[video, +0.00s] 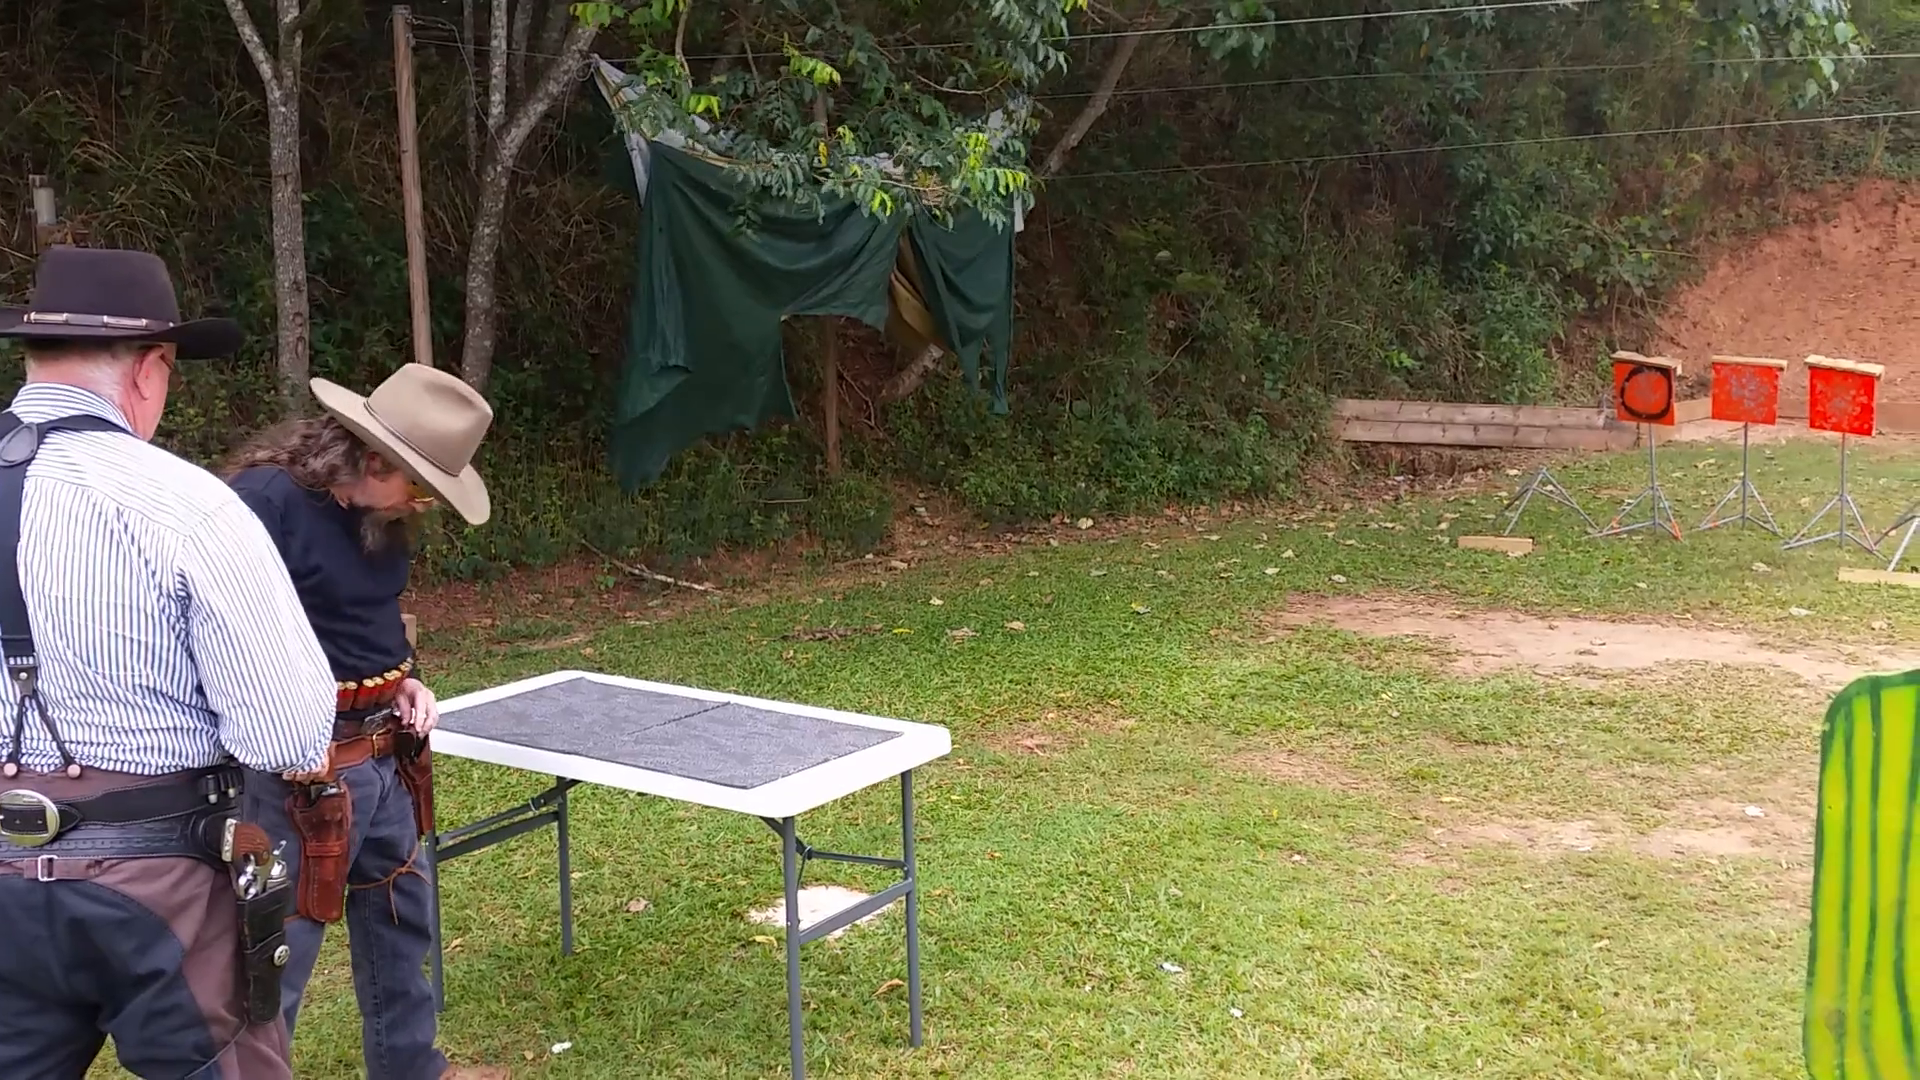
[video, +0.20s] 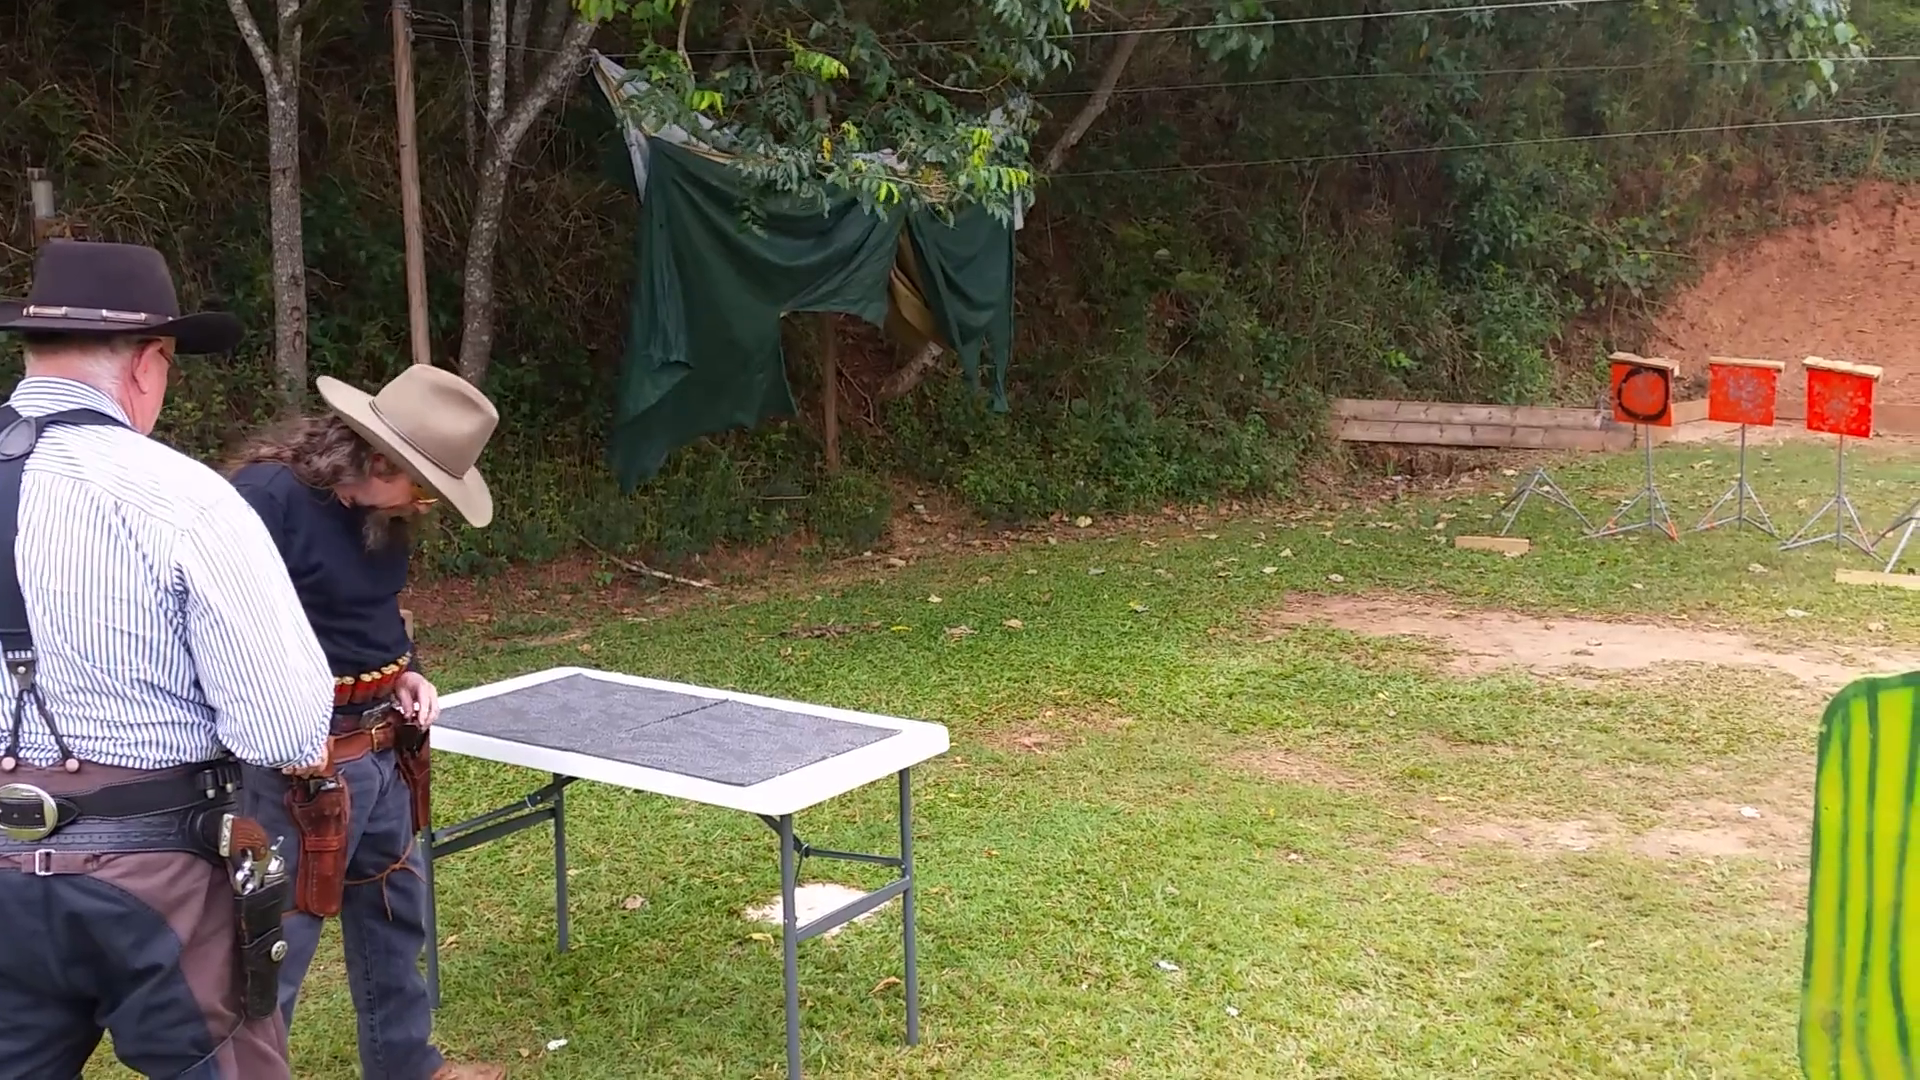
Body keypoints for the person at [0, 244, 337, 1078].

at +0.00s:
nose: (165, 398)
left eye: (171, 377)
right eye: (169, 375)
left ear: (36, 361)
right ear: (145, 374)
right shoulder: (182, 500)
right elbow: (287, 732)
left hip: (6, 857)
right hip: (155, 864)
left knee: (23, 1062)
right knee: (227, 1061)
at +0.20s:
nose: (165, 389)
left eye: (170, 368)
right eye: (169, 367)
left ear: (35, 355)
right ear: (142, 368)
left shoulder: (1, 462)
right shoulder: (180, 494)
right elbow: (285, 727)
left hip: (4, 851)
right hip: (151, 857)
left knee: (20, 1062)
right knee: (225, 1061)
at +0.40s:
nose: (156, 388)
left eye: (161, 366)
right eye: (160, 365)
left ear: (29, 351)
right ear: (137, 365)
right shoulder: (172, 490)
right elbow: (279, 725)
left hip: (3, 842)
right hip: (141, 850)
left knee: (18, 1061)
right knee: (215, 1060)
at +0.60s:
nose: (151, 385)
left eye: (156, 363)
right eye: (155, 362)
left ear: (22, 346)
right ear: (132, 360)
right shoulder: (164, 485)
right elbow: (273, 721)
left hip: (2, 841)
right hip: (133, 848)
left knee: (16, 1062)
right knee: (208, 1060)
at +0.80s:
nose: (148, 378)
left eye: (153, 356)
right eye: (152, 355)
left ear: (16, 338)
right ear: (129, 353)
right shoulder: (159, 481)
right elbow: (269, 719)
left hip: (1, 832)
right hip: (127, 840)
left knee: (15, 1059)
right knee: (203, 1058)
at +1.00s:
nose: (142, 370)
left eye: (147, 347)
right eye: (146, 347)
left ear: (9, 333)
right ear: (120, 346)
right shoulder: (153, 474)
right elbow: (263, 714)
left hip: (1, 825)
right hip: (118, 838)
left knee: (11, 1059)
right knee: (195, 1059)